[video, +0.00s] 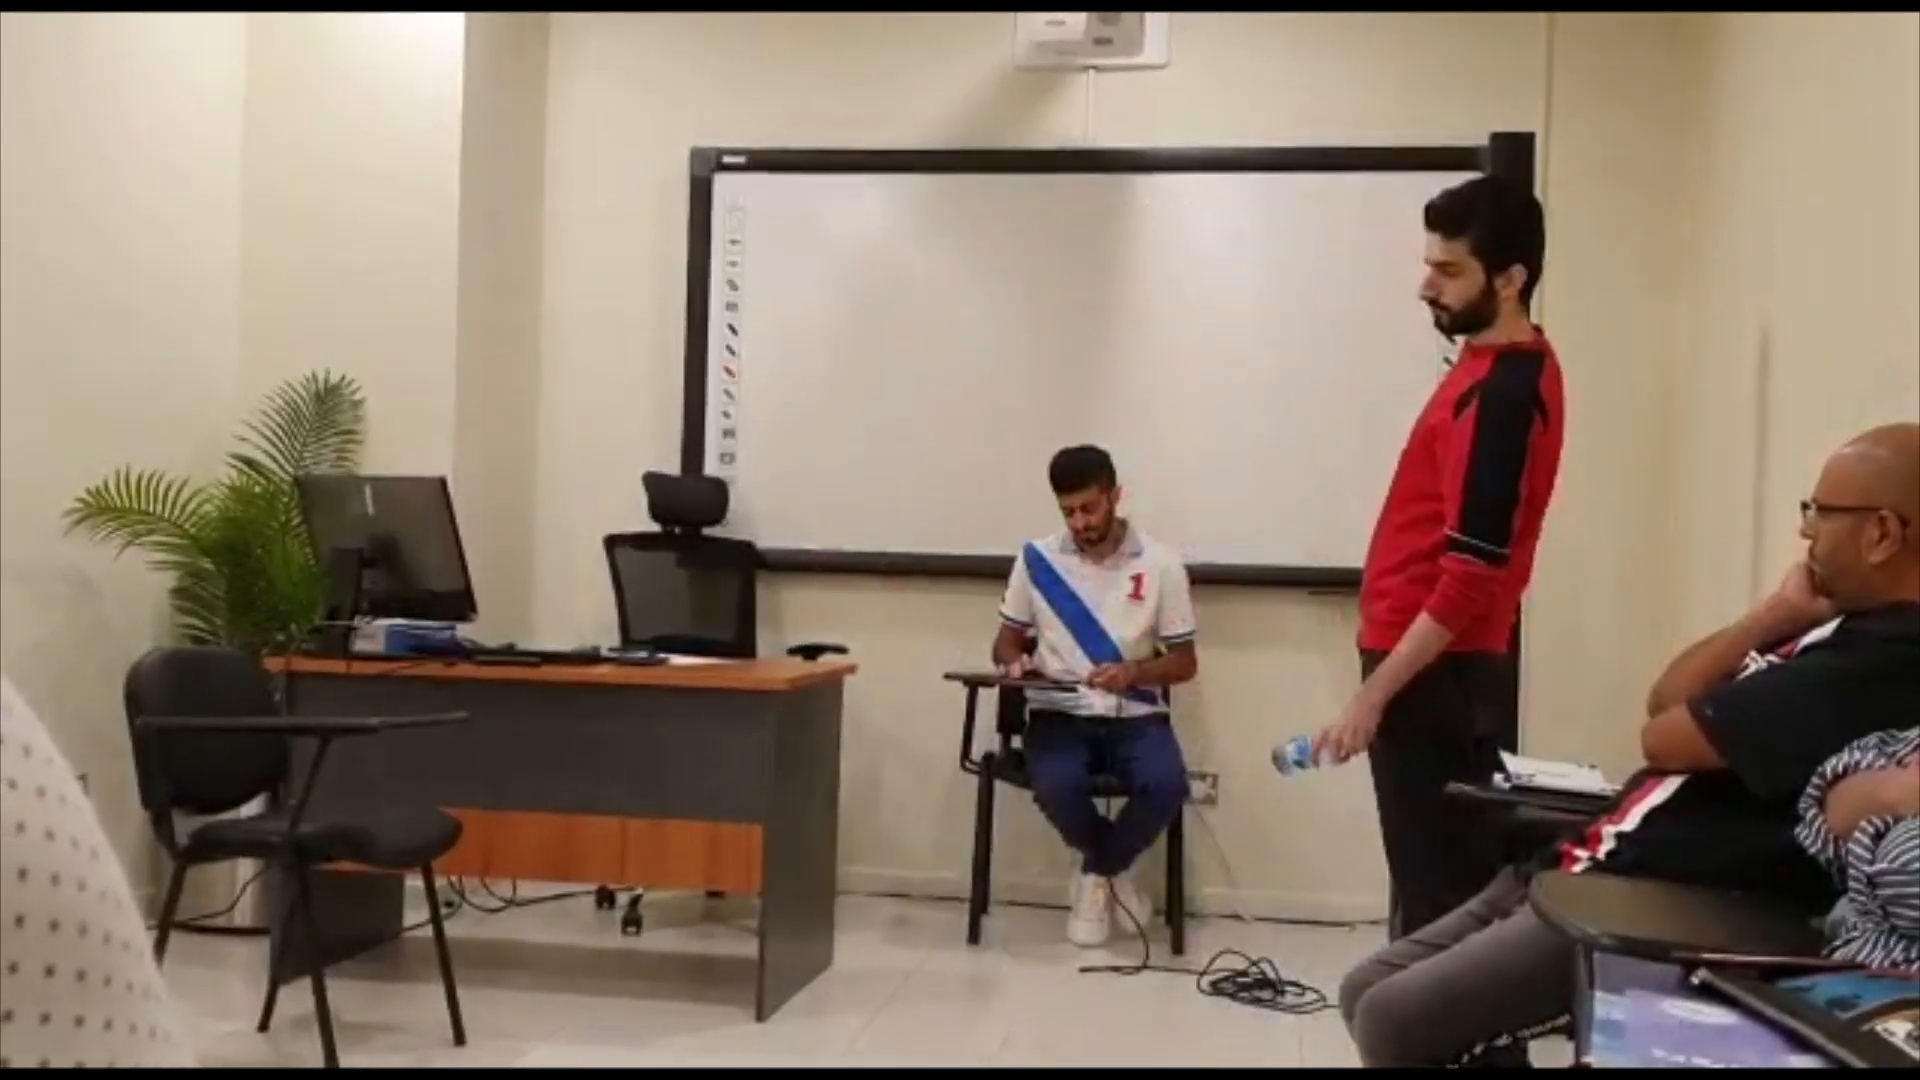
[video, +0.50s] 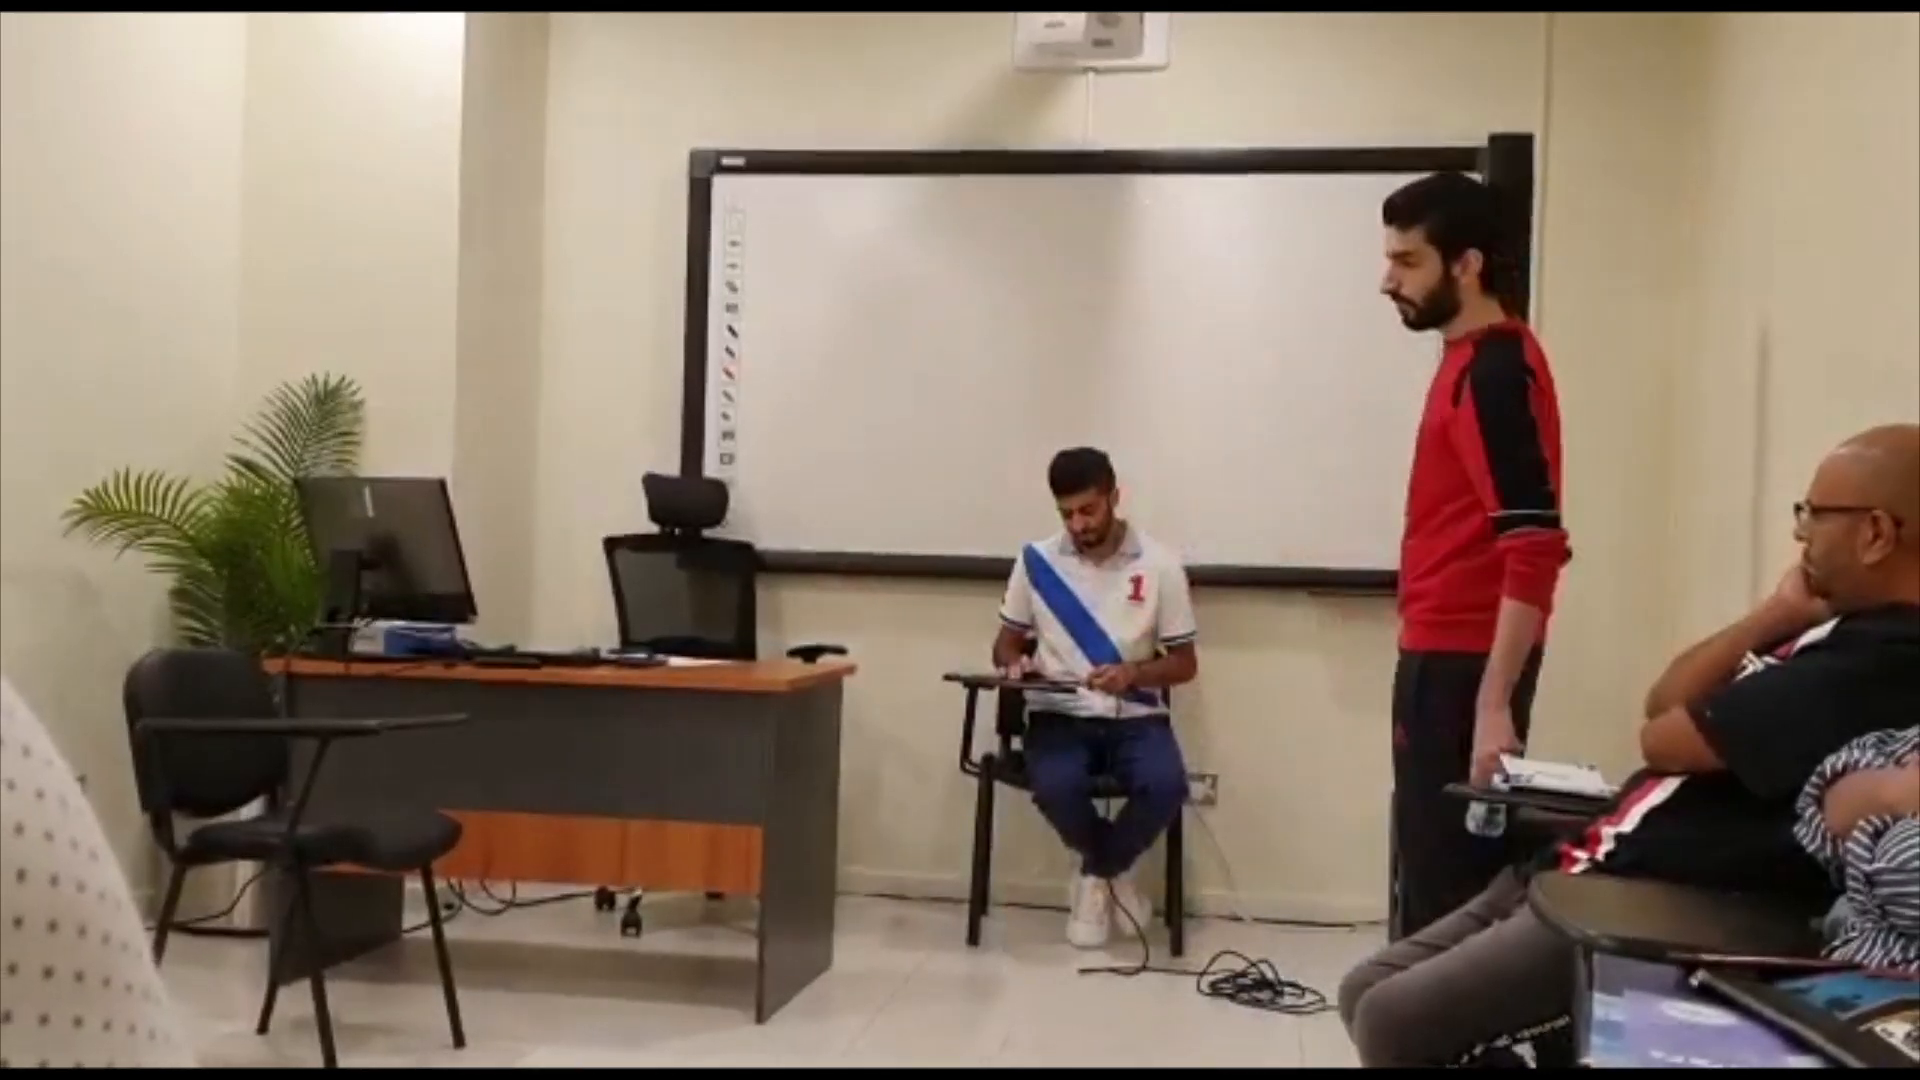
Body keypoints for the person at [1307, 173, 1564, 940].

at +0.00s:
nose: (1427, 288)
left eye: (1447, 270)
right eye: (1428, 268)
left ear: (1511, 279)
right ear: (1506, 283)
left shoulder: (1510, 384)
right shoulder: (1487, 363)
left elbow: (1473, 574)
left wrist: (1371, 698)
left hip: (1448, 672)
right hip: (1427, 667)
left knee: (1439, 908)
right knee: (1436, 904)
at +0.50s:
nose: (1388, 280)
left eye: (1405, 261)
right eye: (1389, 260)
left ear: (1468, 266)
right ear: (1458, 271)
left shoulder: (1498, 364)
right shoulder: (1469, 358)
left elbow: (1535, 544)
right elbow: (1485, 535)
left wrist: (1495, 703)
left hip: (1470, 669)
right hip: (1438, 664)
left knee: (1451, 901)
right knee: (1428, 896)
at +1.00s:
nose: (1369, 317)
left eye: (1384, 296)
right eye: (1368, 298)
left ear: (1444, 294)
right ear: (1442, 297)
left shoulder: (1496, 376)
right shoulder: (1486, 373)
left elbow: (1582, 531)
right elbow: (1545, 532)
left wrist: (1591, 689)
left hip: (1499, 674)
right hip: (1510, 669)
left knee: (1397, 853)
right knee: (1481, 866)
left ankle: (1391, 1052)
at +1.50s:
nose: (1351, 293)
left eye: (1365, 272)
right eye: (1352, 273)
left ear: (1424, 274)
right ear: (1434, 277)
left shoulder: (1440, 374)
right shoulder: (1529, 365)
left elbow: (1372, 530)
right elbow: (1570, 527)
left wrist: (1282, 657)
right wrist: (1467, 580)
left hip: (1450, 665)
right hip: (1533, 664)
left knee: (1390, 863)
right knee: (1503, 861)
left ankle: (1388, 1041)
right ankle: (1490, 1035)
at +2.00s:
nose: (1371, 266)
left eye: (1392, 250)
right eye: (1378, 248)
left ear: (1449, 264)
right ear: (1454, 268)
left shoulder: (1437, 365)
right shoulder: (1533, 368)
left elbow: (1274, 394)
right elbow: (1563, 533)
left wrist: (1136, 310)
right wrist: (1470, 587)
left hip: (1440, 661)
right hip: (1523, 660)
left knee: (1388, 866)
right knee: (1494, 864)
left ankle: (1382, 1039)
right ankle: (1486, 1037)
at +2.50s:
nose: (1378, 284)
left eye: (1395, 265)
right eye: (1380, 267)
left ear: (1451, 276)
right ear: (1453, 281)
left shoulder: (1476, 358)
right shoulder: (1530, 367)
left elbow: (1425, 491)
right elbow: (1578, 537)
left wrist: (1284, 553)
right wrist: (1498, 601)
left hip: (1467, 649)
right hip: (1536, 650)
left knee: (1397, 840)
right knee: (1504, 841)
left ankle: (1382, 1042)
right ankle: (1482, 1036)